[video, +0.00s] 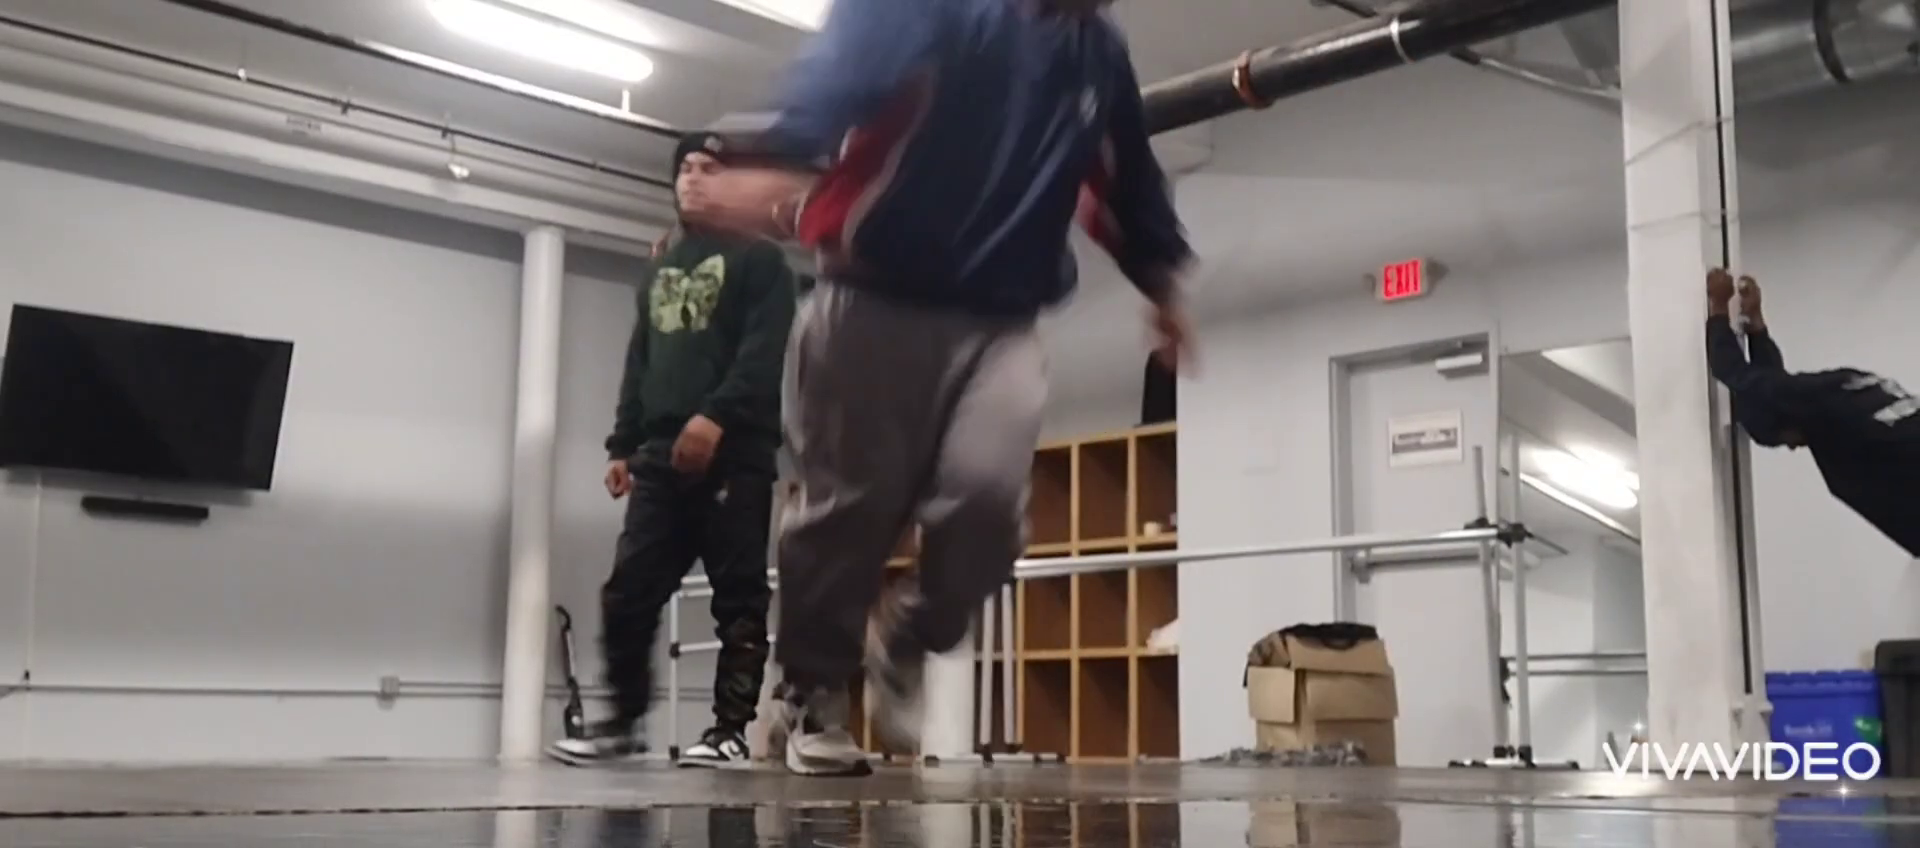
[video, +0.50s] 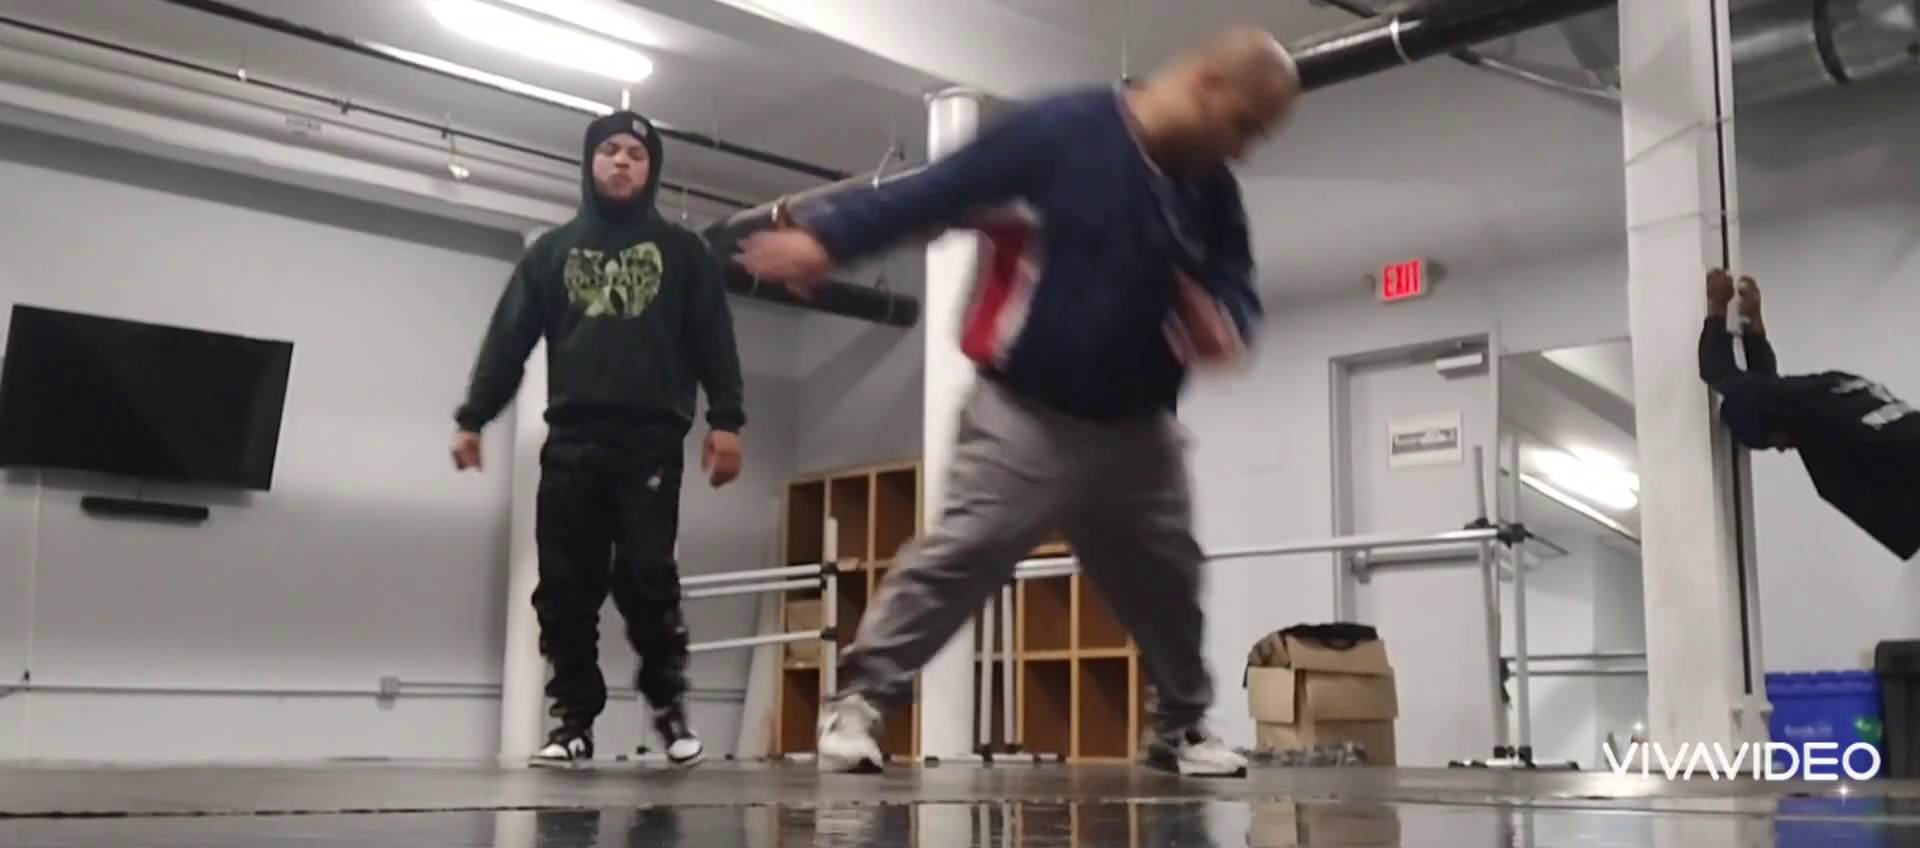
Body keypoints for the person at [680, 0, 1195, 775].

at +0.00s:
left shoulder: (1095, 44)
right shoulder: (934, 9)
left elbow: (1129, 172)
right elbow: (844, 63)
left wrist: (1164, 287)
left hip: (999, 321)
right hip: (872, 302)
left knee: (986, 494)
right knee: (844, 512)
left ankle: (908, 639)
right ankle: (817, 696)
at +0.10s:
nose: (1111, 18)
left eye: (1116, 9)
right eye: (1104, 3)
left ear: (1095, 12)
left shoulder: (1089, 92)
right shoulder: (898, 29)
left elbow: (1144, 217)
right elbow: (770, 98)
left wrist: (1202, 328)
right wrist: (659, 159)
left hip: (1001, 364)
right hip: (884, 342)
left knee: (965, 570)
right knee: (867, 526)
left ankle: (859, 609)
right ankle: (801, 715)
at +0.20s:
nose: (1122, 30)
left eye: (1127, 22)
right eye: (1118, 15)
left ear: (1105, 15)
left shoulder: (1106, 78)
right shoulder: (928, 19)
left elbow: (1138, 186)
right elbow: (802, 90)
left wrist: (1150, 273)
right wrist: (691, 167)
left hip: (1023, 343)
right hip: (914, 321)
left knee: (1002, 506)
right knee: (882, 499)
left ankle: (926, 614)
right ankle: (814, 697)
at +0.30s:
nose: (1173, 26)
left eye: (1179, 14)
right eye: (1168, 8)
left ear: (1146, 13)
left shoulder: (1143, 78)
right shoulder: (964, 17)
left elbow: (1155, 177)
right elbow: (860, 92)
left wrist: (1104, 200)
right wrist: (791, 181)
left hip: (1051, 322)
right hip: (941, 306)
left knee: (1046, 496)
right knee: (909, 489)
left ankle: (1024, 653)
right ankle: (849, 683)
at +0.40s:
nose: (1210, 73)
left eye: (1222, 60)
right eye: (1209, 51)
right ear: (1163, 14)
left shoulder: (1170, 124)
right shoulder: (1014, 58)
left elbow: (1186, 227)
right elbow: (900, 127)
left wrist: (1126, 201)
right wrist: (809, 200)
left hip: (1083, 368)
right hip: (972, 353)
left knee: (1107, 541)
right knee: (934, 526)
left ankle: (1132, 696)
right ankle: (853, 696)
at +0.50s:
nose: (1243, 146)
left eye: (1255, 135)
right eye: (1244, 124)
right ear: (1203, 81)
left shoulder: (1209, 187)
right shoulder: (1066, 129)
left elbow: (1237, 290)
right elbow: (937, 189)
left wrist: (1224, 322)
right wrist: (824, 237)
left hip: (1134, 428)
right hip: (1024, 413)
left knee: (1169, 580)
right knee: (965, 550)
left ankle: (1181, 730)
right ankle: (858, 705)